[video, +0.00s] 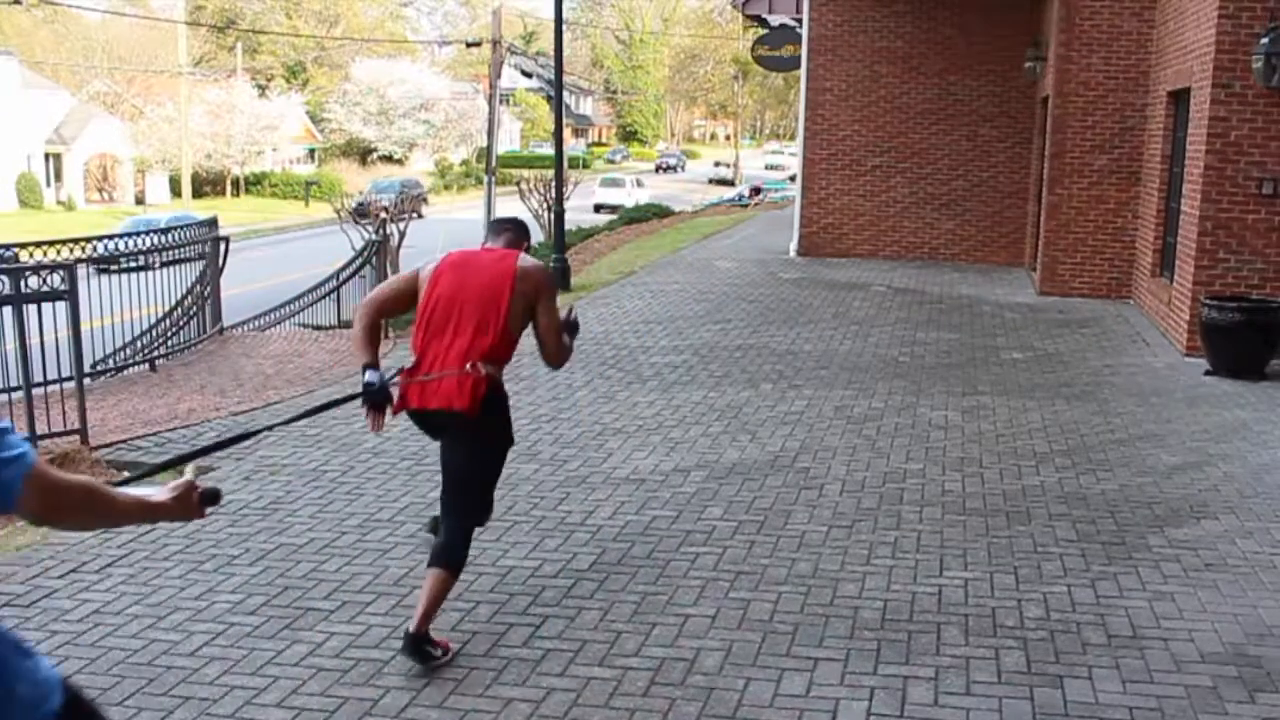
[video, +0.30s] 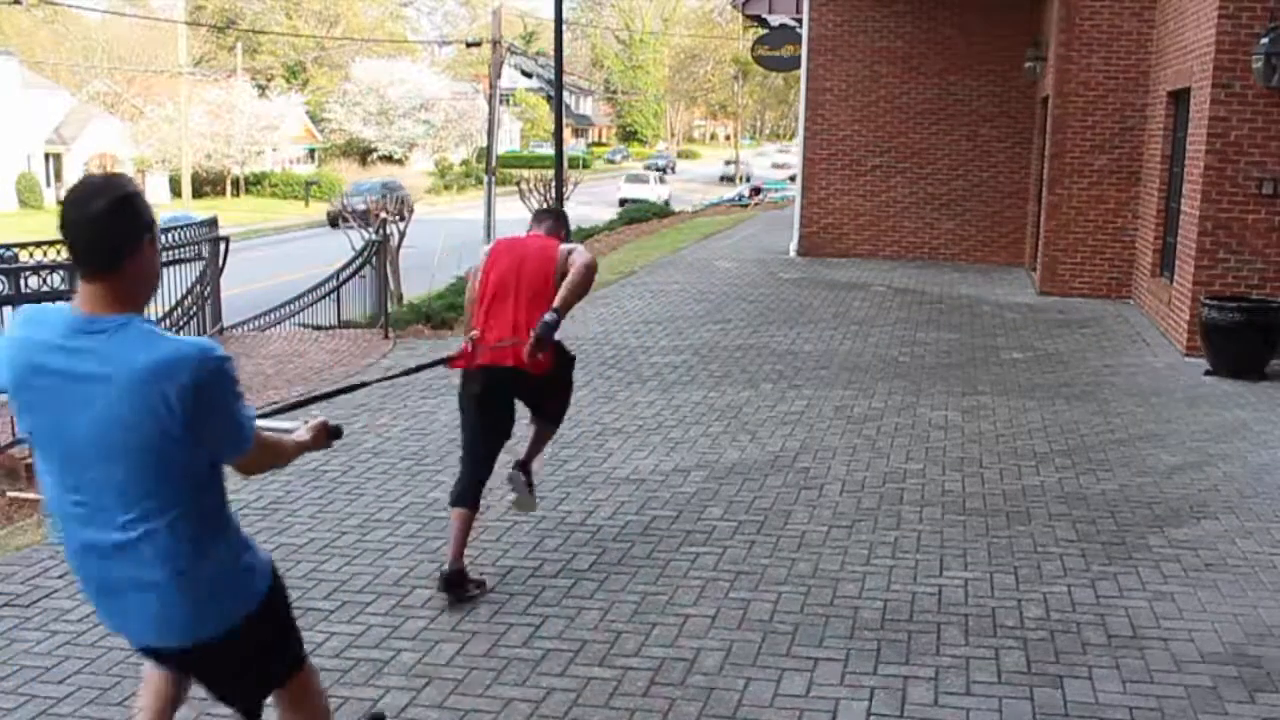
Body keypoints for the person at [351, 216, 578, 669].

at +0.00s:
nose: (524, 257)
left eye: (520, 250)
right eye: (526, 250)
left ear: (484, 242)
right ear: (524, 248)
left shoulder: (440, 266)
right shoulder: (532, 273)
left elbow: (368, 307)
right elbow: (554, 356)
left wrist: (370, 373)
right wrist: (567, 331)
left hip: (421, 403)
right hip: (476, 405)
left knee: (492, 442)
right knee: (459, 523)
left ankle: (450, 518)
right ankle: (417, 630)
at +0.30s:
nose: (561, 244)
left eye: (557, 239)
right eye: (564, 239)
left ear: (529, 229)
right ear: (561, 234)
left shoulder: (494, 249)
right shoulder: (565, 249)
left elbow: (473, 282)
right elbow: (586, 265)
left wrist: (471, 331)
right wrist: (552, 320)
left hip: (483, 365)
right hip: (537, 362)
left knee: (473, 464)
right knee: (553, 404)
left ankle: (453, 567)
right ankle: (525, 466)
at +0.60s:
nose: (608, 227)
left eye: (602, 221)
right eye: (609, 222)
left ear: (580, 217)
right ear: (608, 220)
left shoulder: (548, 235)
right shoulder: (617, 238)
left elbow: (495, 269)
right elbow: (637, 303)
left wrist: (493, 316)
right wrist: (642, 286)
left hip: (536, 336)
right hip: (579, 336)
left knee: (571, 374)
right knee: (564, 429)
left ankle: (553, 428)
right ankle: (533, 513)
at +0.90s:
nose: (641, 220)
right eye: (642, 216)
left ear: (614, 210)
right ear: (641, 213)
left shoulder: (587, 227)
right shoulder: (648, 227)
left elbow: (572, 259)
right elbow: (663, 243)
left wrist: (574, 290)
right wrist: (644, 287)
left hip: (583, 318)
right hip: (626, 315)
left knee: (580, 396)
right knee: (634, 354)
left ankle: (567, 469)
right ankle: (621, 394)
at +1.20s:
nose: (680, 214)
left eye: (679, 210)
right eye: (681, 210)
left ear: (655, 204)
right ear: (678, 207)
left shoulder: (626, 221)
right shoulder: (685, 229)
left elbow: (593, 252)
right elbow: (695, 290)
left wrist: (593, 296)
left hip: (621, 304)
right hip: (655, 306)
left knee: (644, 338)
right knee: (647, 381)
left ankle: (631, 378)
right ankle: (623, 438)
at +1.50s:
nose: (699, 203)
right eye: (701, 199)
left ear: (677, 195)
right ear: (701, 198)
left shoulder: (654, 214)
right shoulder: (712, 215)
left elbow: (645, 252)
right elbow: (722, 234)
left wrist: (648, 269)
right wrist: (712, 269)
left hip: (656, 284)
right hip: (692, 284)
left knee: (649, 350)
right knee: (690, 325)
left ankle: (640, 409)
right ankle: (683, 356)